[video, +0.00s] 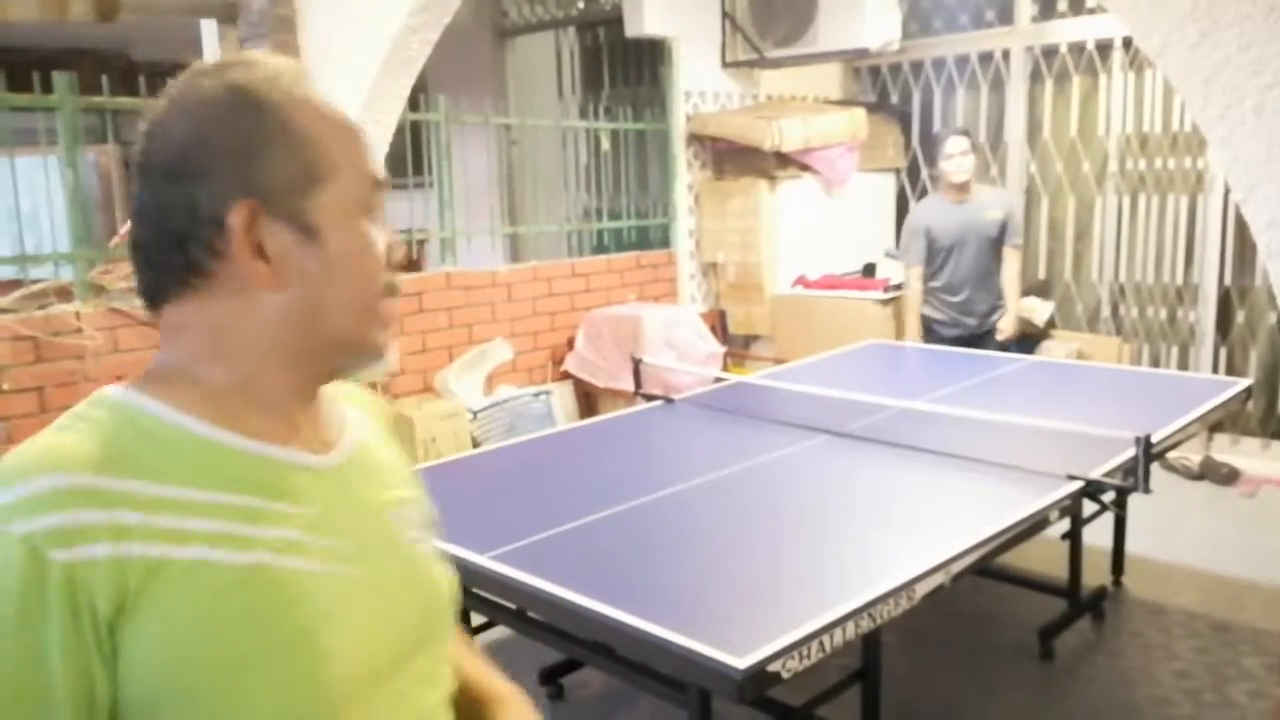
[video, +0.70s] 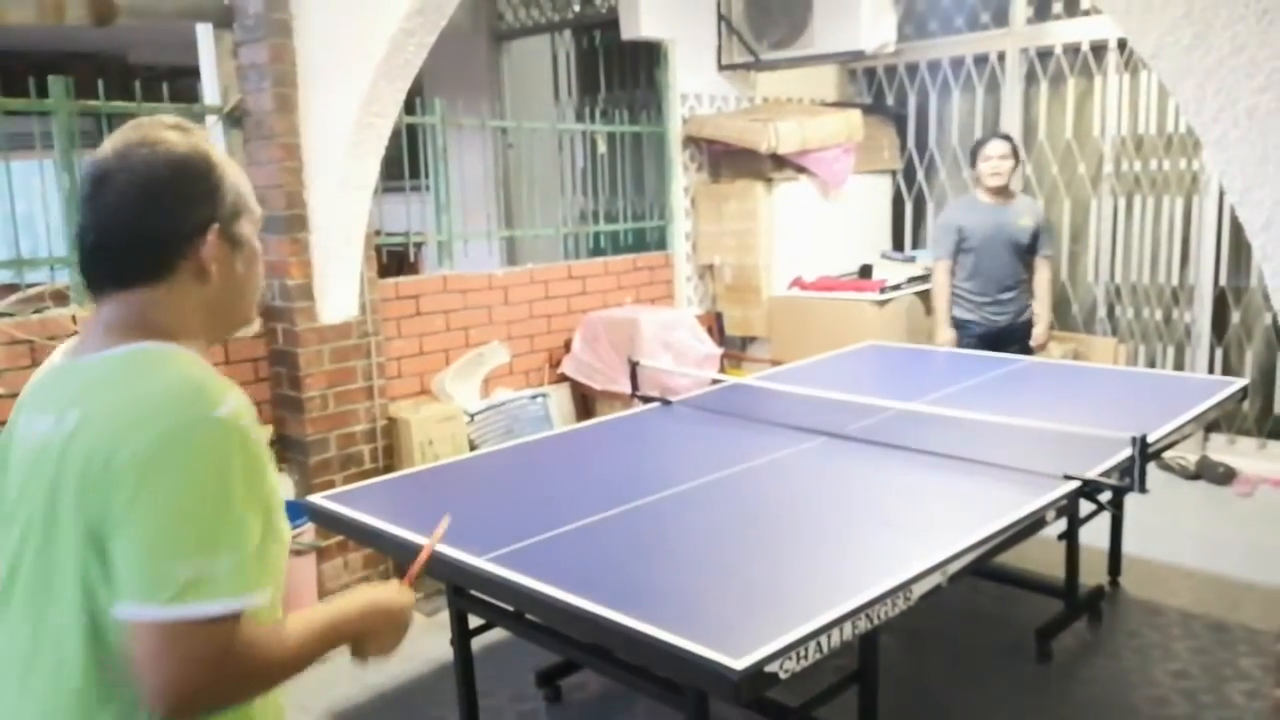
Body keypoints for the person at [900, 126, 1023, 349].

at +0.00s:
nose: (959, 163)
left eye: (965, 154)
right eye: (949, 157)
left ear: (975, 157)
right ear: (937, 165)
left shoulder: (1002, 204)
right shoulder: (921, 215)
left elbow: (1011, 260)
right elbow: (914, 280)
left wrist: (1011, 312)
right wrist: (912, 336)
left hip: (990, 328)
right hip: (941, 330)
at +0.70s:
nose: (995, 165)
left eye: (1003, 158)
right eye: (987, 159)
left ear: (1015, 165)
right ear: (975, 168)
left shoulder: (1032, 211)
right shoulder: (955, 213)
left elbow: (1041, 267)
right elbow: (942, 270)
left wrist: (1042, 321)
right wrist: (943, 326)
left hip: (1016, 326)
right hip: (968, 326)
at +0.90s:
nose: (1009, 162)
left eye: (1017, 154)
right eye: (1000, 155)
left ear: (1031, 161)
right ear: (990, 162)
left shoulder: (1046, 208)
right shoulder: (969, 207)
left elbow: (1052, 261)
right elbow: (956, 263)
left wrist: (1051, 305)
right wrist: (977, 313)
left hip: (1027, 313)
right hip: (982, 310)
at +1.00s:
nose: (1009, 164)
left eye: (1018, 157)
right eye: (1002, 157)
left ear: (1032, 163)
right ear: (992, 164)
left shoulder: (1048, 211)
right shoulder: (969, 210)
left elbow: (1054, 264)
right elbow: (953, 263)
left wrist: (1054, 312)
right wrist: (980, 310)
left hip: (1027, 313)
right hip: (983, 311)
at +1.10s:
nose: (1010, 164)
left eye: (1019, 157)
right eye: (1002, 158)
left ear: (1033, 163)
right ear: (992, 164)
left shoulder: (1047, 212)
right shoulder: (970, 210)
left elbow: (1055, 265)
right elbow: (951, 262)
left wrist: (1059, 316)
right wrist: (976, 306)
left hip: (1026, 319)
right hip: (981, 317)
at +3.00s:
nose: (950, 190)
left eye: (959, 181)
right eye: (942, 182)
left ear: (974, 182)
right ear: (932, 184)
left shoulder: (996, 223)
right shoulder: (915, 230)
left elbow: (1021, 258)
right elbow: (876, 268)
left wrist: (1015, 290)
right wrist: (872, 294)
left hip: (984, 338)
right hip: (934, 340)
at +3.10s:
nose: (959, 187)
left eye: (968, 178)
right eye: (951, 179)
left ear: (983, 180)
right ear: (940, 183)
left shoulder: (1008, 221)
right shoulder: (925, 225)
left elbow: (1038, 258)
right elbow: (888, 264)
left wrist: (1029, 270)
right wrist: (880, 290)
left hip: (988, 335)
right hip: (939, 336)